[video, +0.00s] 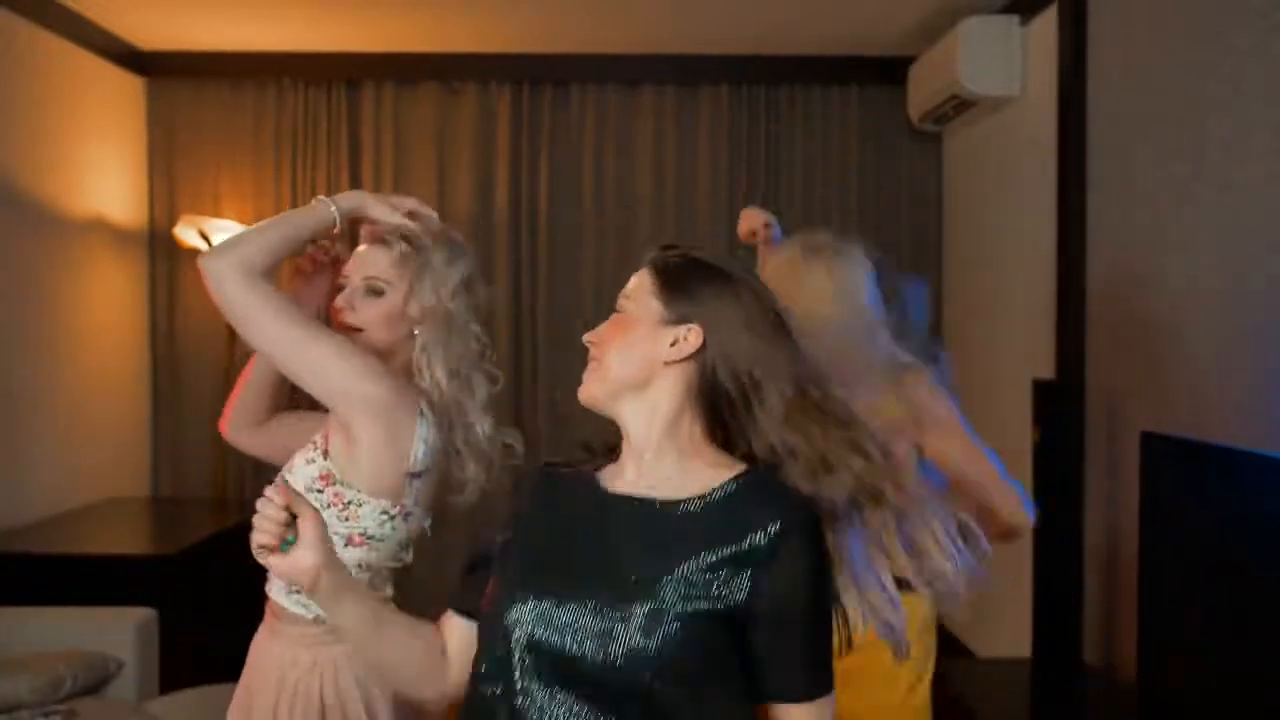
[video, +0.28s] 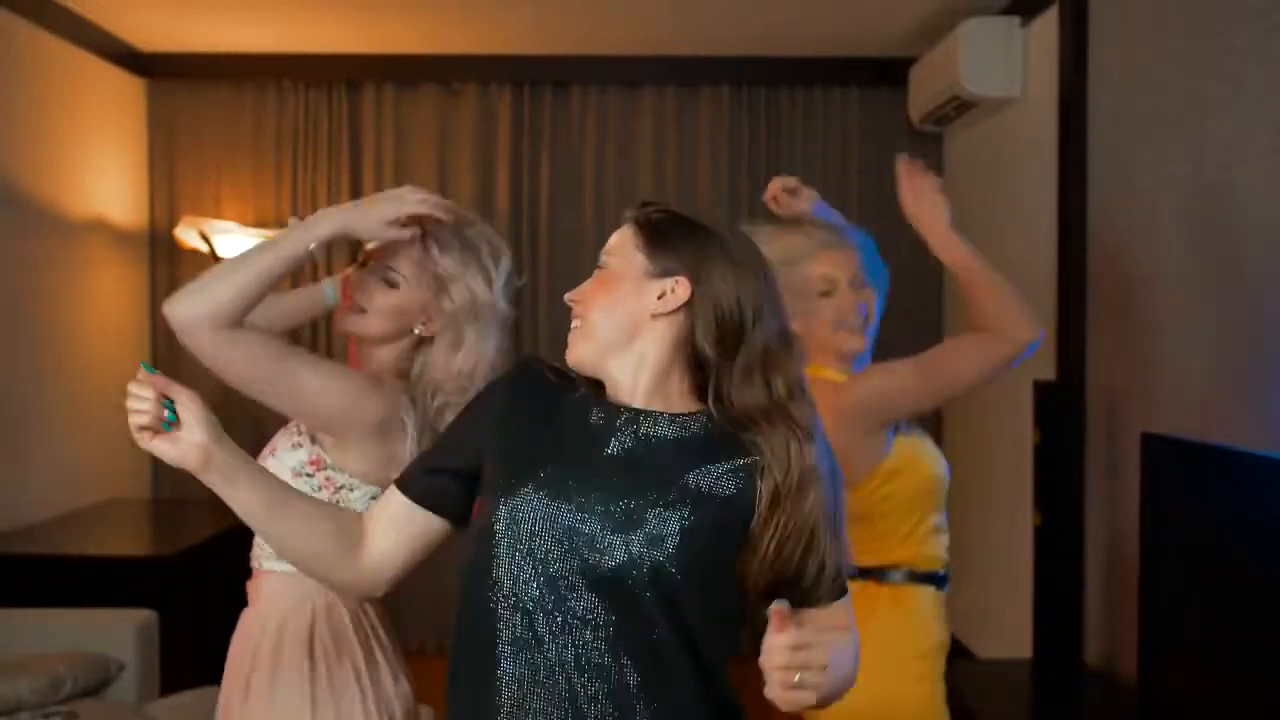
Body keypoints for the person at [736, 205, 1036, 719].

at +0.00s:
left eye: (776, 303)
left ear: (778, 317)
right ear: (864, 307)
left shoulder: (768, 390)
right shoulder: (904, 389)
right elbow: (1010, 515)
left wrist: (767, 253)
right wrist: (928, 506)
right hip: (890, 620)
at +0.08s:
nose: (756, 283)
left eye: (761, 268)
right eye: (757, 267)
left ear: (781, 277)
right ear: (855, 267)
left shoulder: (769, 360)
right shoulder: (893, 349)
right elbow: (1038, 431)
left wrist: (773, 201)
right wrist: (964, 421)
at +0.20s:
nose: (871, 253)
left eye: (862, 236)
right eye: (853, 240)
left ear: (782, 270)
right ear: (815, 263)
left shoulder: (778, 356)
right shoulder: (860, 357)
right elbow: (1037, 343)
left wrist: (801, 192)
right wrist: (986, 267)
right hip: (886, 622)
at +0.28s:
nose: (856, 303)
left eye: (863, 285)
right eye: (824, 291)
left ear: (877, 296)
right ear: (784, 313)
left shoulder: (805, 394)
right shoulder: (845, 402)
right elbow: (1013, 332)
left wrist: (822, 223)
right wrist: (938, 229)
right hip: (882, 659)